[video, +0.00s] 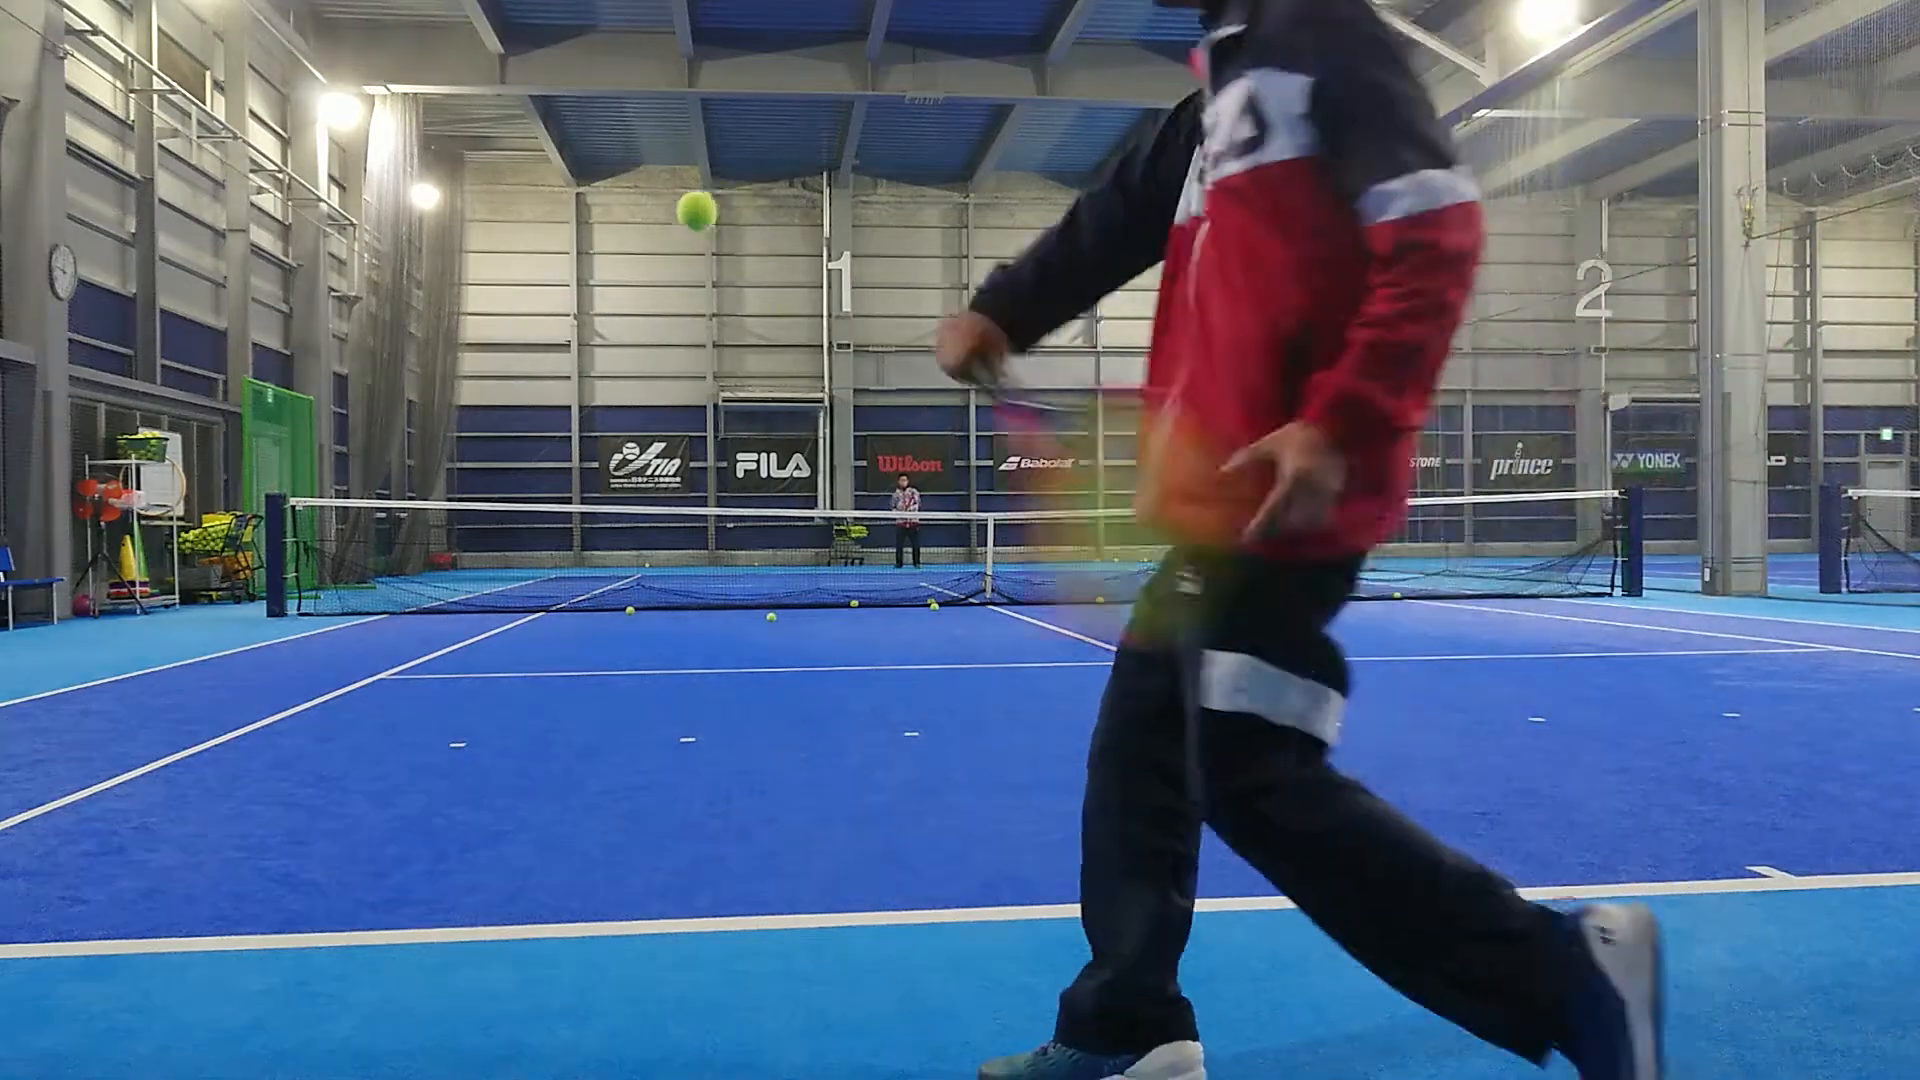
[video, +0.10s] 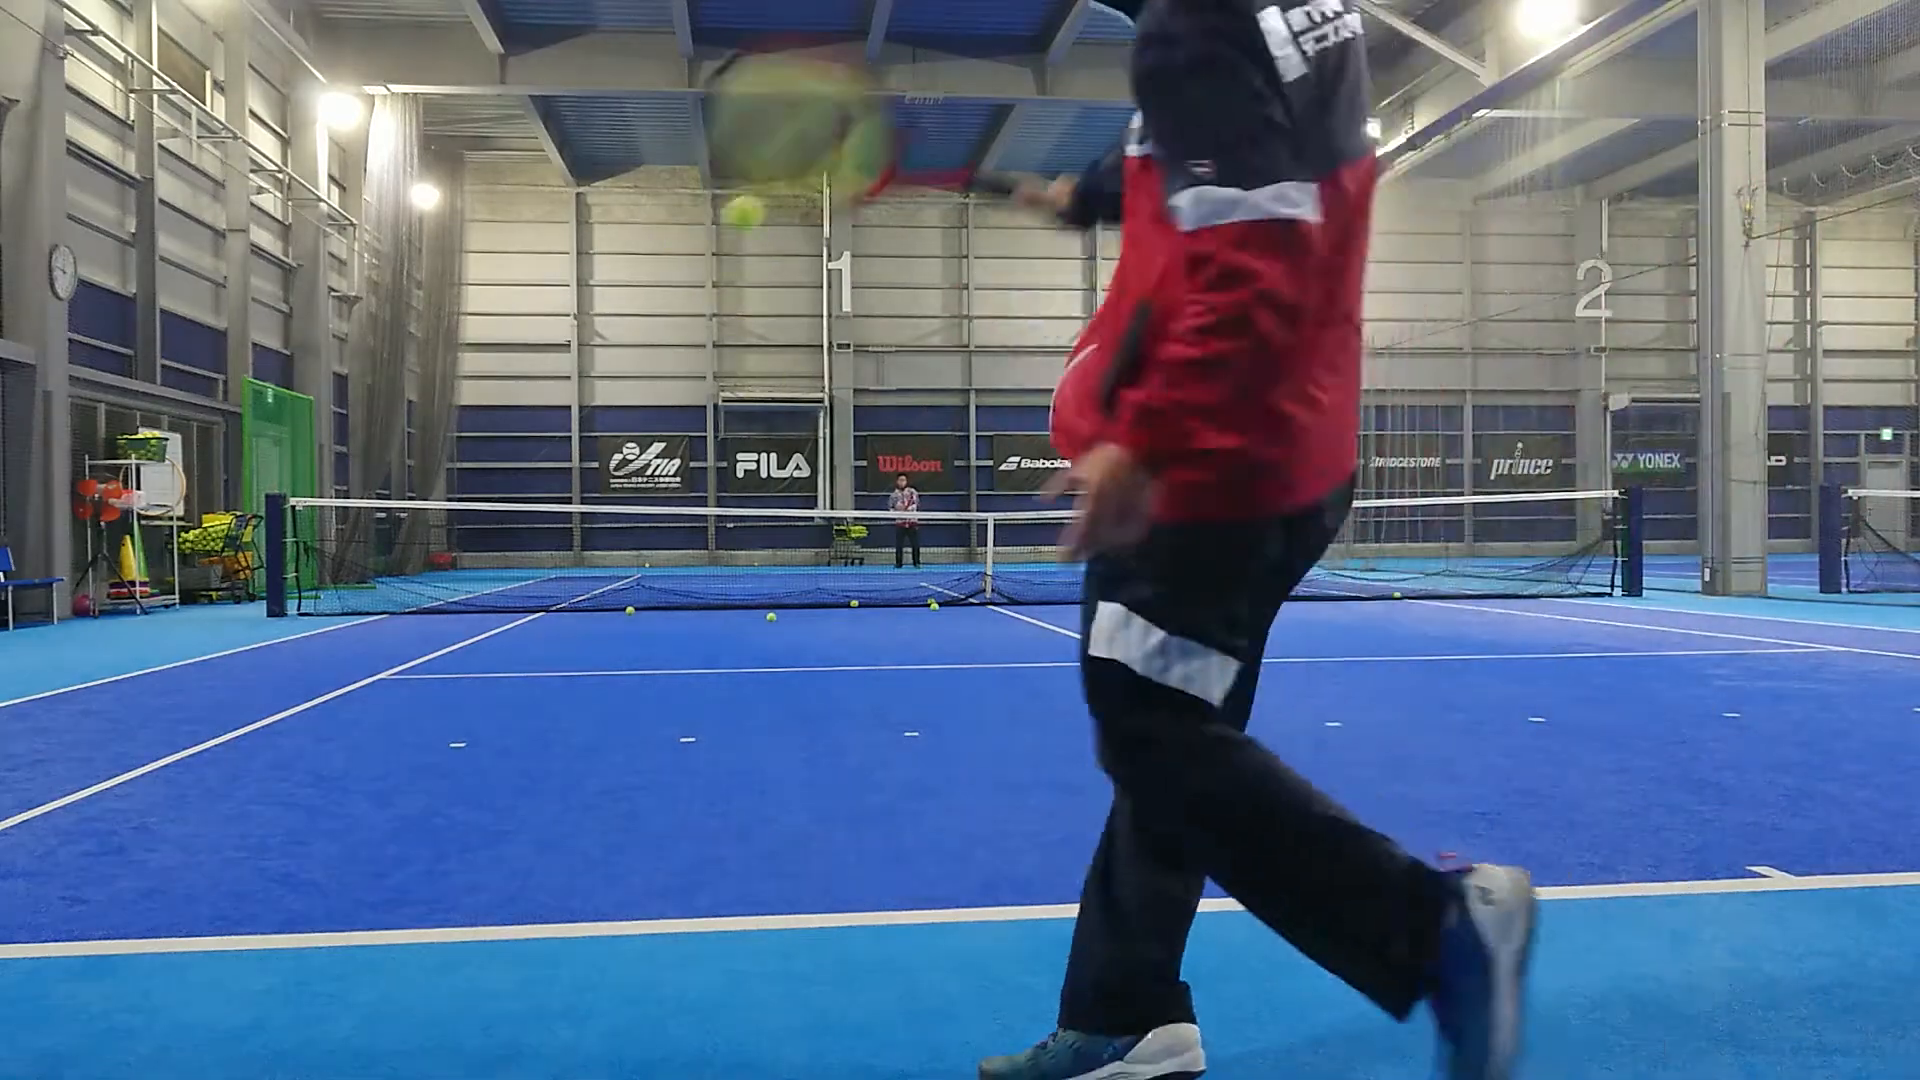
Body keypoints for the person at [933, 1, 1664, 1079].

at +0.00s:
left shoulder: (1332, 41)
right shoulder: (1209, 101)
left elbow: (1437, 233)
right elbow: (1111, 216)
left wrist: (1338, 428)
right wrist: (1004, 311)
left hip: (1294, 504)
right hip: (1216, 503)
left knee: (1253, 774)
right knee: (1139, 753)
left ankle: (1570, 976)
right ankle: (1127, 1027)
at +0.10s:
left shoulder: (1191, 37)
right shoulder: (1307, 17)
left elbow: (1253, 265)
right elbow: (1224, 188)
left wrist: (1142, 440)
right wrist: (1097, 196)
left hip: (1214, 457)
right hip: (1285, 451)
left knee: (1147, 731)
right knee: (1177, 733)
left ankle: (1438, 930)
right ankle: (1125, 1017)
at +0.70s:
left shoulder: (1066, 14)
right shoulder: (1345, 9)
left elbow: (975, 189)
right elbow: (1531, 71)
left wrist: (885, 336)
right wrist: (1729, 103)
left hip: (1143, 446)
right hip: (1330, 439)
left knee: (1082, 764)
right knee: (1327, 720)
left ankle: (1030, 1061)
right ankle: (1396, 1029)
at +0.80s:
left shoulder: (1129, 14)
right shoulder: (1409, 17)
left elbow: (1044, 193)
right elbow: (1594, 91)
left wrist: (978, 331)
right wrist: (1803, 141)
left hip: (1179, 457)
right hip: (1380, 457)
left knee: (1115, 771)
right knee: (1438, 760)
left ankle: (1035, 1057)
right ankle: (1499, 1049)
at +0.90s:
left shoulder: (1233, 32)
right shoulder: (1508, 18)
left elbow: (1142, 196)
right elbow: (1678, 119)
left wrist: (1092, 348)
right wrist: (1860, 190)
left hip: (1273, 461)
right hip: (1475, 463)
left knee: (1187, 749)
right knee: (1525, 776)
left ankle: (1061, 1037)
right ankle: (1529, 1060)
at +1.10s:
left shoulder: (1420, 28)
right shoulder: (1687, 11)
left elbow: (1342, 240)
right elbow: (1815, 143)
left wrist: (1376, 364)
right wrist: (1872, 309)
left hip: (1458, 417)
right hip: (1624, 409)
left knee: (1460, 701)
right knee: (1596, 742)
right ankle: (1534, 1052)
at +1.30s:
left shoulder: (1570, 63)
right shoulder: (1844, 35)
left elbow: (1511, 246)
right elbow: (1919, 240)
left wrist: (1591, 364)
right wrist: (1835, 364)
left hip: (1602, 435)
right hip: (1759, 418)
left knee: (1728, 725)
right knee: (1669, 749)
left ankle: (1823, 989)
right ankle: (1522, 1043)